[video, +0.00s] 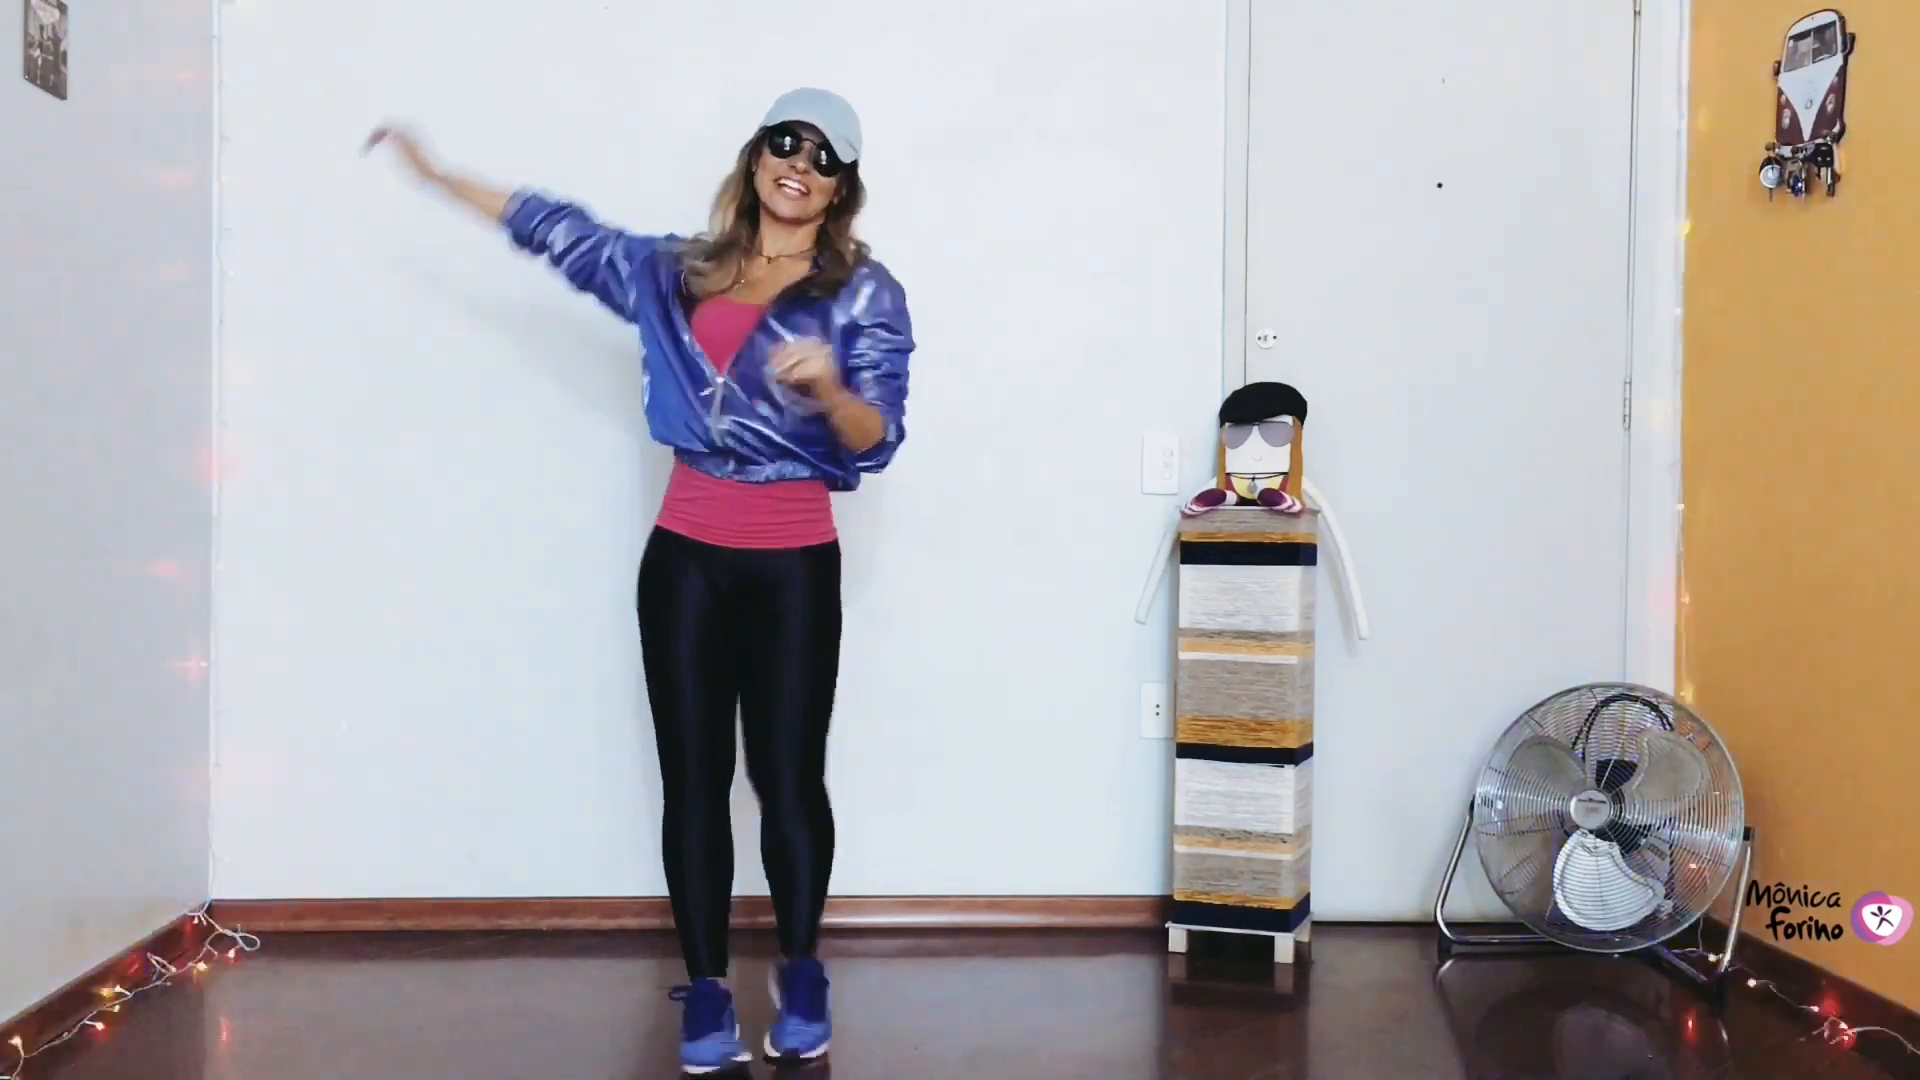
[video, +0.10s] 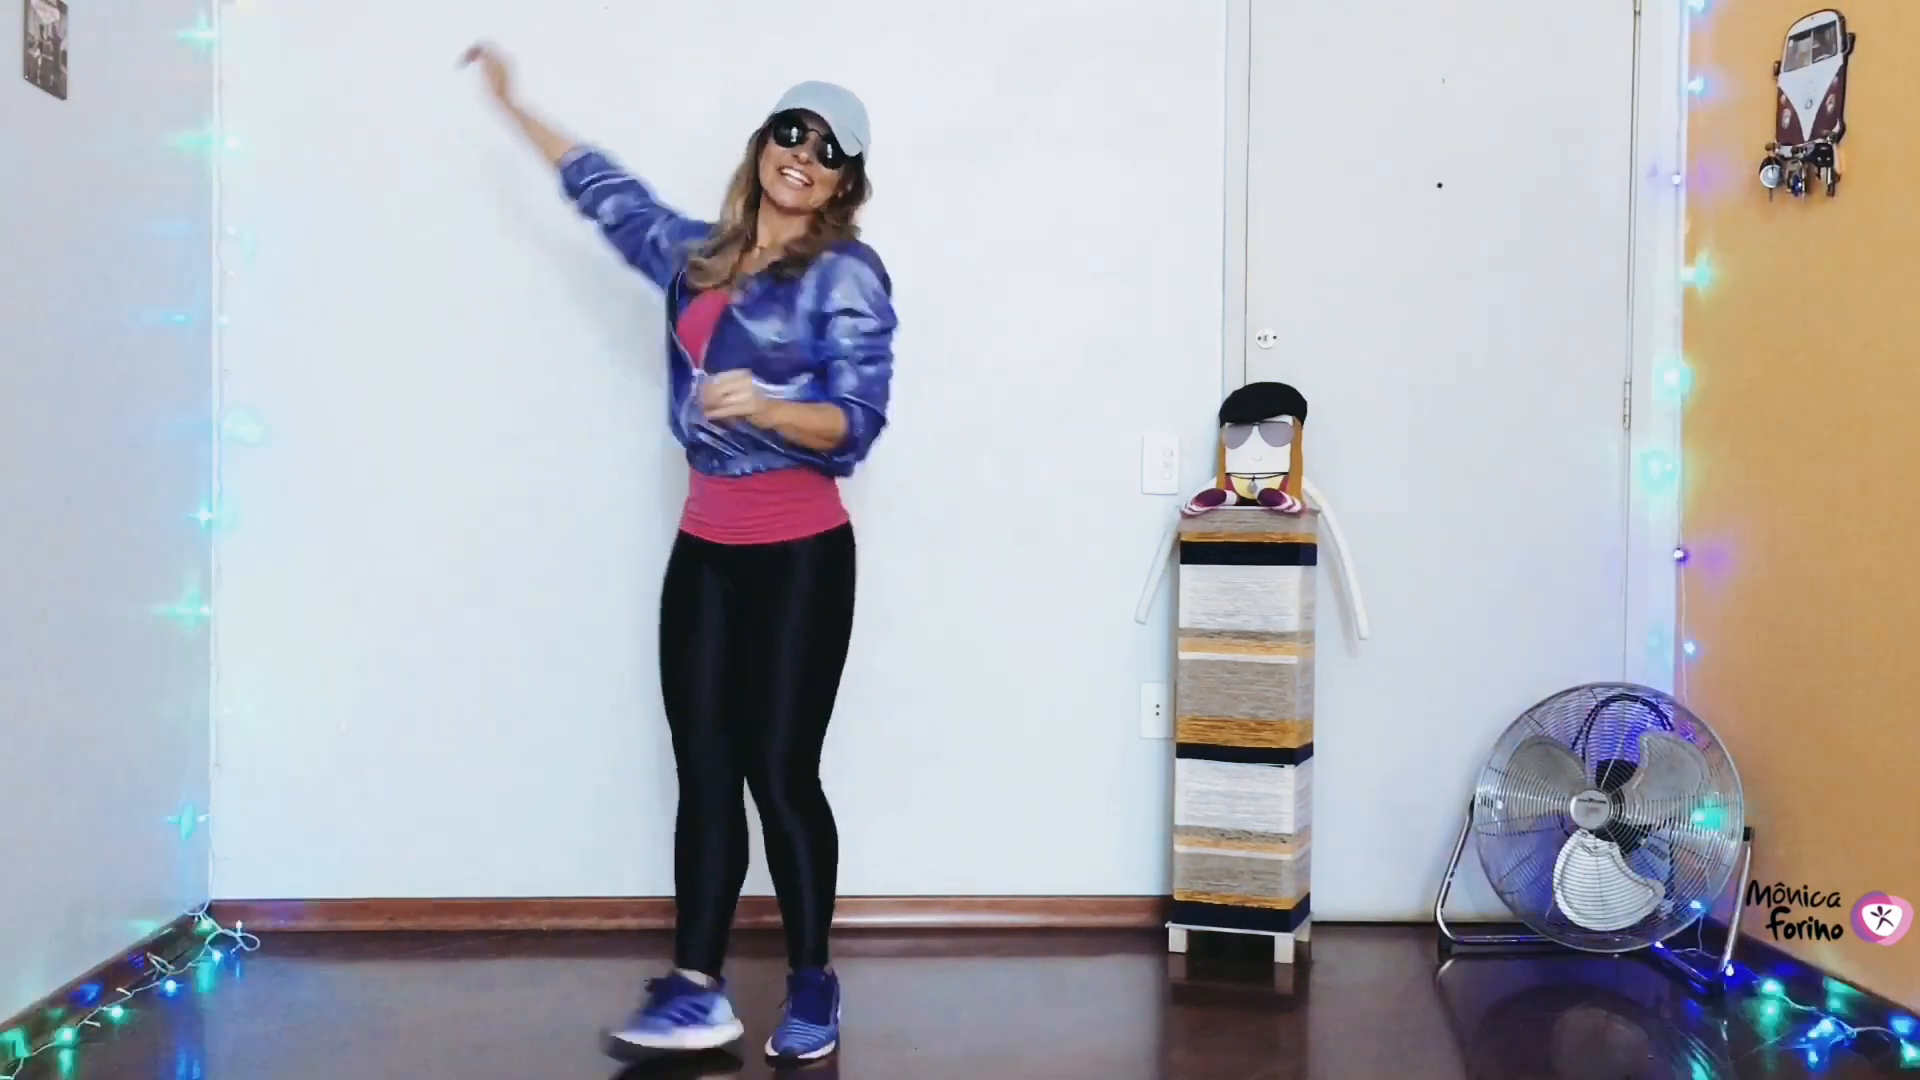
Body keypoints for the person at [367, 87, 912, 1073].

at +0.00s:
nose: (798, 170)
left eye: (821, 161)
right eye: (784, 150)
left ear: (841, 187)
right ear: (753, 162)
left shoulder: (865, 294)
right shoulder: (677, 270)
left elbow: (875, 447)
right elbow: (558, 228)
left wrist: (831, 392)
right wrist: (440, 177)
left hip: (795, 564)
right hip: (686, 556)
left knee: (789, 777)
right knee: (694, 777)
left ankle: (801, 979)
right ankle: (706, 993)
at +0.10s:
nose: (799, 165)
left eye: (824, 159)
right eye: (791, 143)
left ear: (843, 184)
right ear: (761, 151)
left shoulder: (848, 275)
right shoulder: (699, 259)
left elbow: (856, 424)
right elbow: (606, 188)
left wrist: (762, 404)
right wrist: (511, 103)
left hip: (801, 552)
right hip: (708, 547)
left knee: (783, 773)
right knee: (706, 768)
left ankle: (811, 990)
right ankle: (696, 987)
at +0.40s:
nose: (783, 169)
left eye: (806, 166)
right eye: (775, 147)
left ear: (824, 193)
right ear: (745, 151)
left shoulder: (805, 270)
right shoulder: (717, 232)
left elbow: (810, 413)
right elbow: (673, 121)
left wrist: (682, 413)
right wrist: (641, 11)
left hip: (798, 538)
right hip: (734, 545)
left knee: (820, 758)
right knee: (686, 728)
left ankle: (859, 980)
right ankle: (732, 919)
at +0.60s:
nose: (765, 193)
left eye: (789, 188)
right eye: (755, 171)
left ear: (807, 211)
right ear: (727, 180)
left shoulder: (794, 286)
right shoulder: (703, 261)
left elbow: (789, 423)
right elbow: (678, 150)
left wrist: (671, 454)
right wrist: (683, 43)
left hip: (792, 546)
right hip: (719, 551)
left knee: (753, 725)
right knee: (688, 727)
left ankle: (795, 945)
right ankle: (736, 929)